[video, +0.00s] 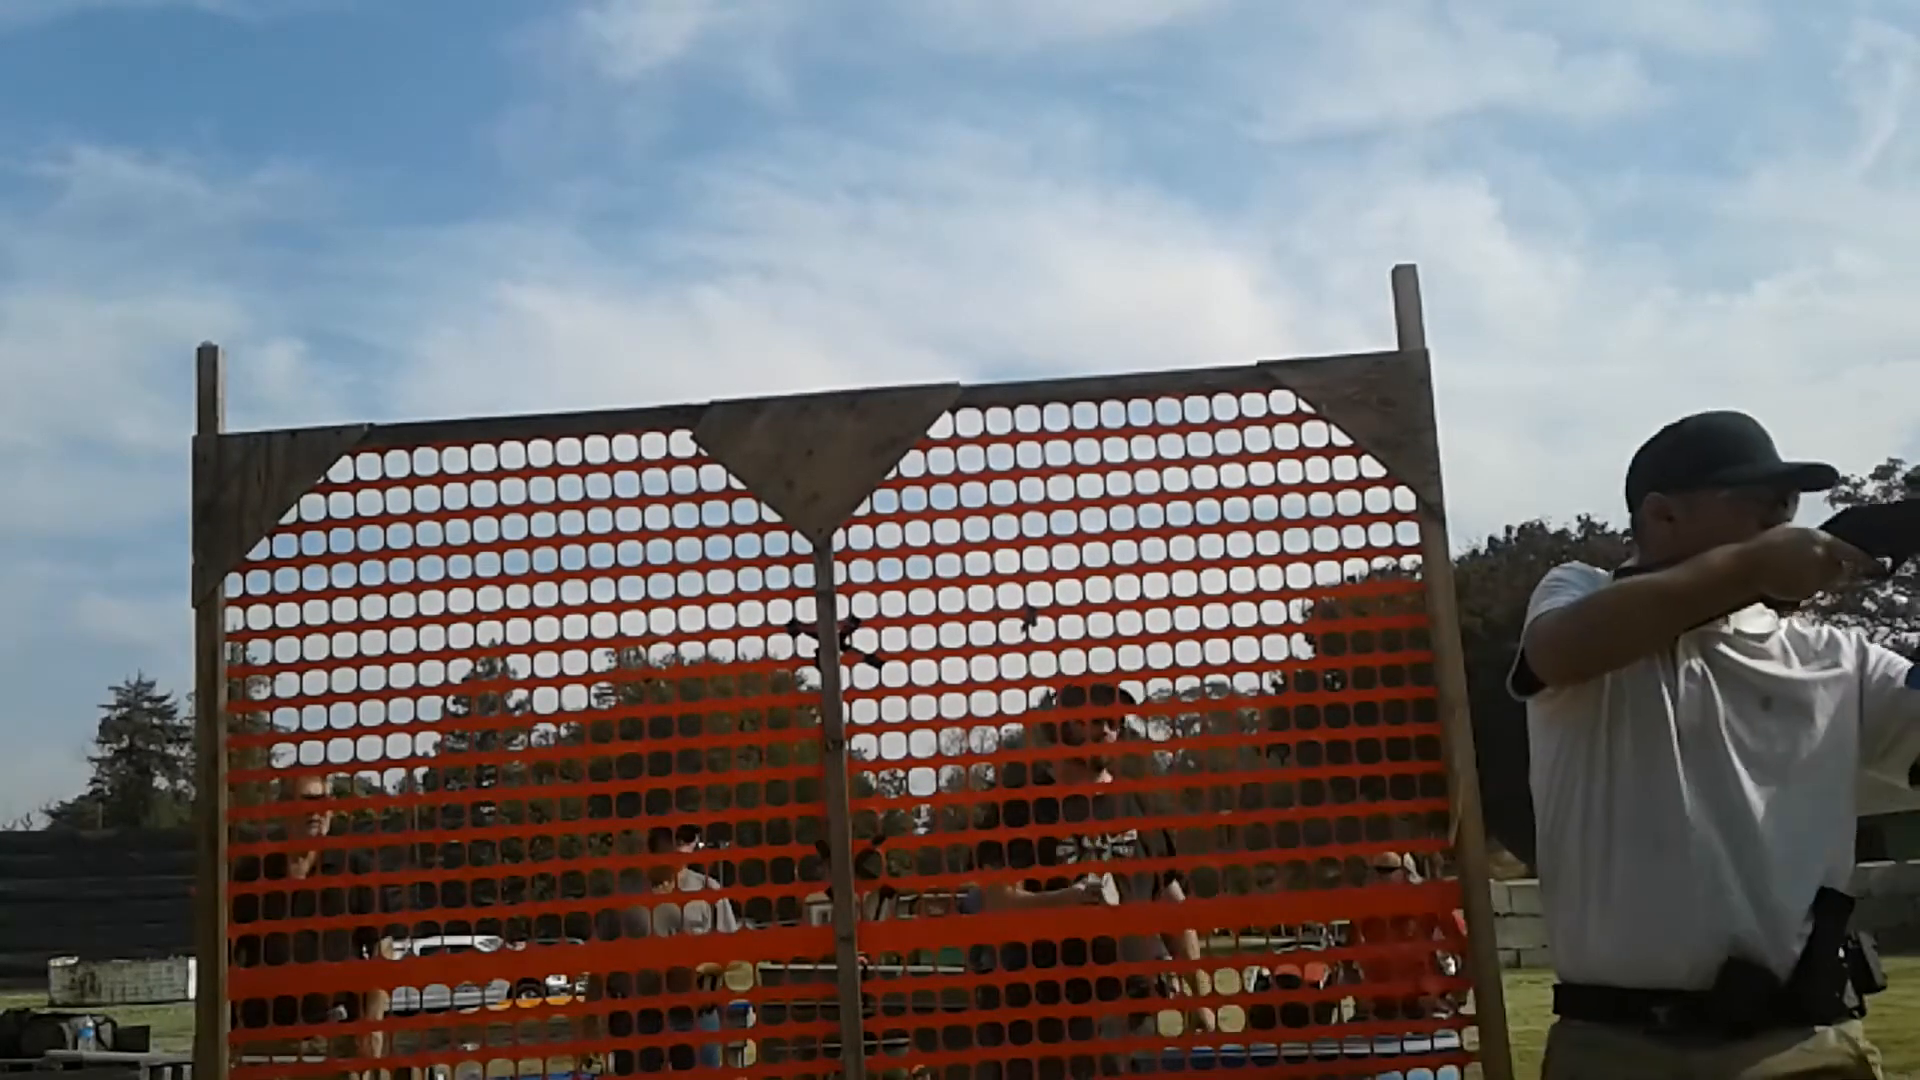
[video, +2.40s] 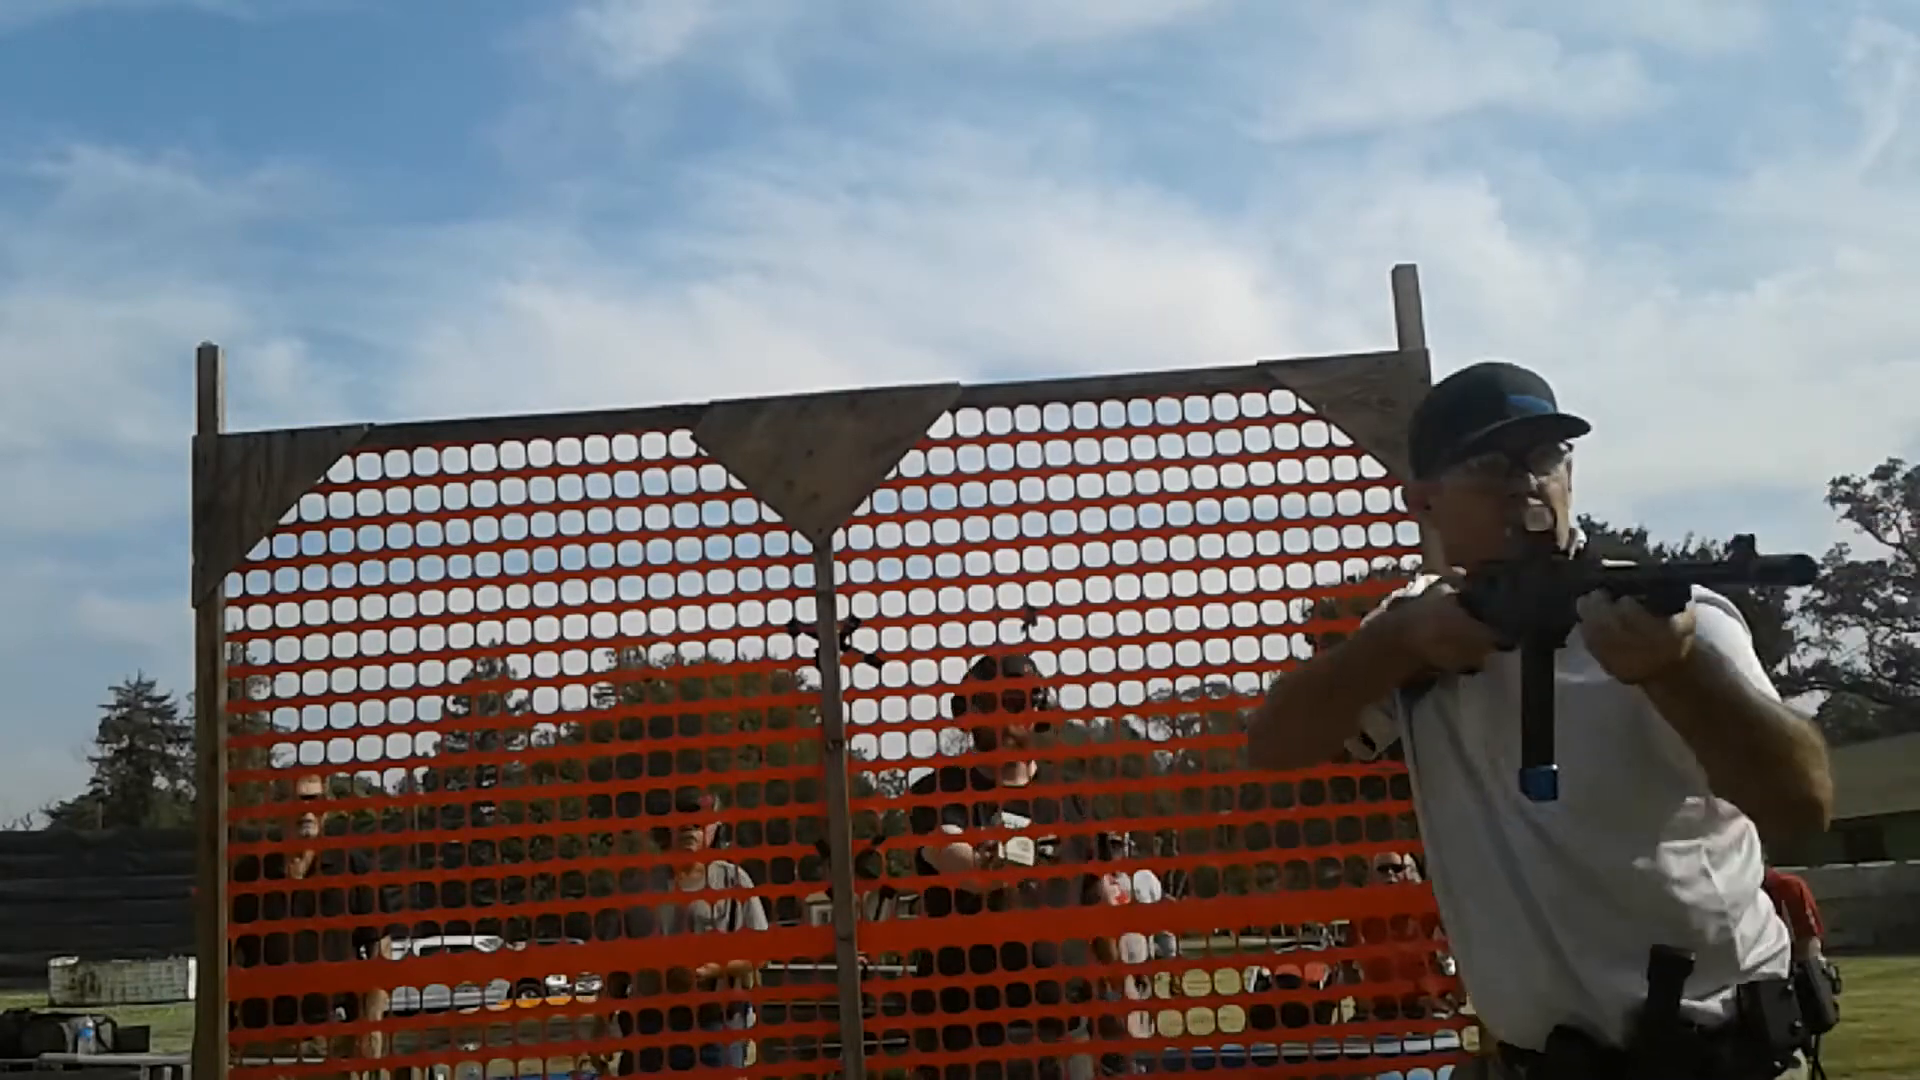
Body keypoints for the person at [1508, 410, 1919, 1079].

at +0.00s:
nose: (1783, 527)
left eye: (1787, 507)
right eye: (1757, 503)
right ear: (1662, 515)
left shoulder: (1835, 657)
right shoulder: (1582, 596)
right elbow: (1557, 653)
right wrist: (1750, 568)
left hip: (1799, 1039)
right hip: (1614, 1042)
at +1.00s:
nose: (1773, 504)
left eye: (1791, 478)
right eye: (1745, 479)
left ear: (1816, 487)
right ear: (1678, 508)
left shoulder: (1879, 625)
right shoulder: (1643, 644)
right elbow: (1513, 665)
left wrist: (1915, 558)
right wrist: (1682, 577)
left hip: (1862, 1043)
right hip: (1684, 1044)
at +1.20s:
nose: (1805, 474)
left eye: (1824, 445)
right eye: (1775, 455)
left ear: (1860, 450)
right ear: (1723, 488)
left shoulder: (1905, 581)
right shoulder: (1722, 604)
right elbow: (1572, 658)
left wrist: (1913, 532)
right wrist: (1722, 558)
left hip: (1906, 1029)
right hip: (1773, 1034)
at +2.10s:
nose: (1760, 448)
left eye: (1785, 417)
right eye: (1727, 430)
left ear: (1850, 423)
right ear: (1699, 464)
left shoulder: (1907, 542)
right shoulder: (1711, 592)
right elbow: (1562, 705)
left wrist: (1891, 555)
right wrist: (1682, 580)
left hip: (1905, 1035)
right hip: (1766, 1039)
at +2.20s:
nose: (1701, 449)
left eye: (1722, 422)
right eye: (1667, 430)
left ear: (1769, 444)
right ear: (1618, 473)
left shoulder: (1862, 580)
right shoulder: (1622, 617)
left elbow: (1912, 780)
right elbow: (1478, 729)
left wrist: (1771, 644)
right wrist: (1580, 624)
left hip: (1885, 1035)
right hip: (1716, 1043)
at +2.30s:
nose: (1624, 466)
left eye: (1642, 439)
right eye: (1587, 446)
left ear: (1676, 463)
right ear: (1526, 486)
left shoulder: (1769, 596)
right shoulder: (1519, 630)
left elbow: (1861, 802)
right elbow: (1378, 742)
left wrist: (1700, 676)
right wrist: (1483, 641)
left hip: (1817, 1038)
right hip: (1636, 1047)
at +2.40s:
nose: (1532, 487)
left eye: (1549, 462)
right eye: (1494, 466)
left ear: (1570, 482)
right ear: (1425, 502)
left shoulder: (1677, 613)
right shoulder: (1413, 635)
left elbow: (1802, 811)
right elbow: (1273, 743)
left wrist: (1673, 672)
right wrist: (1402, 643)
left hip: (1727, 1036)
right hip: (1539, 1052)